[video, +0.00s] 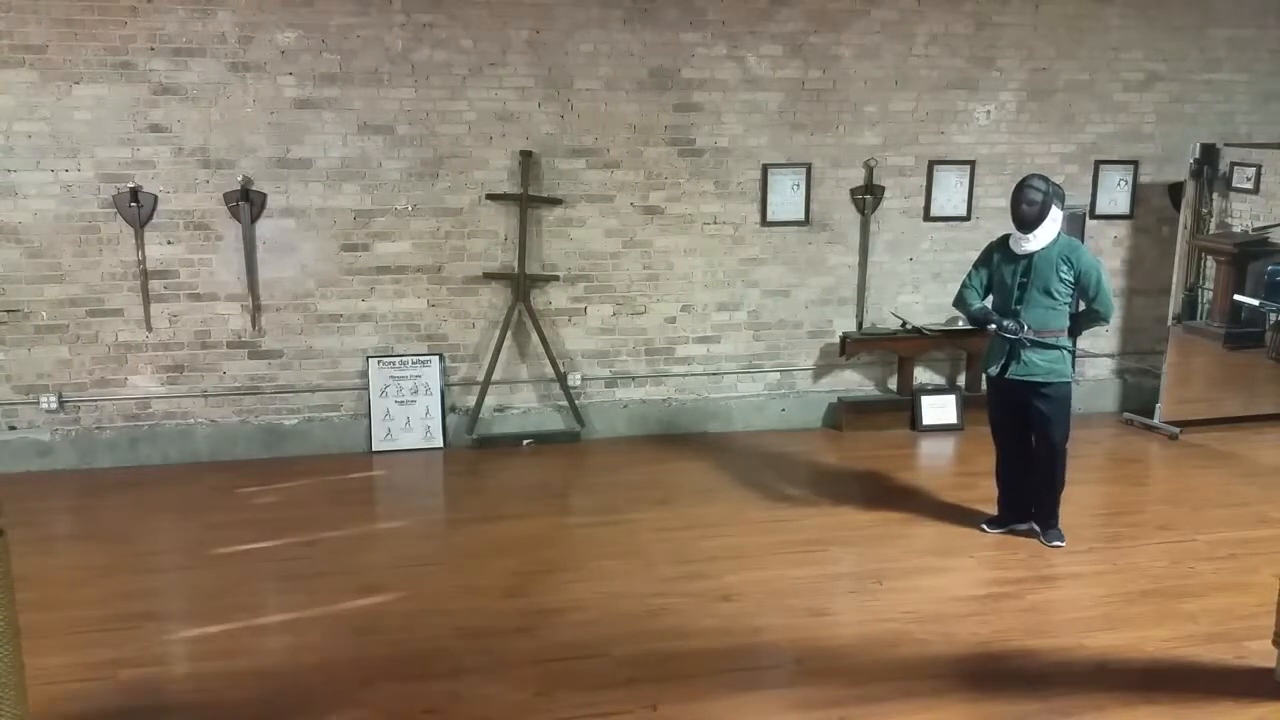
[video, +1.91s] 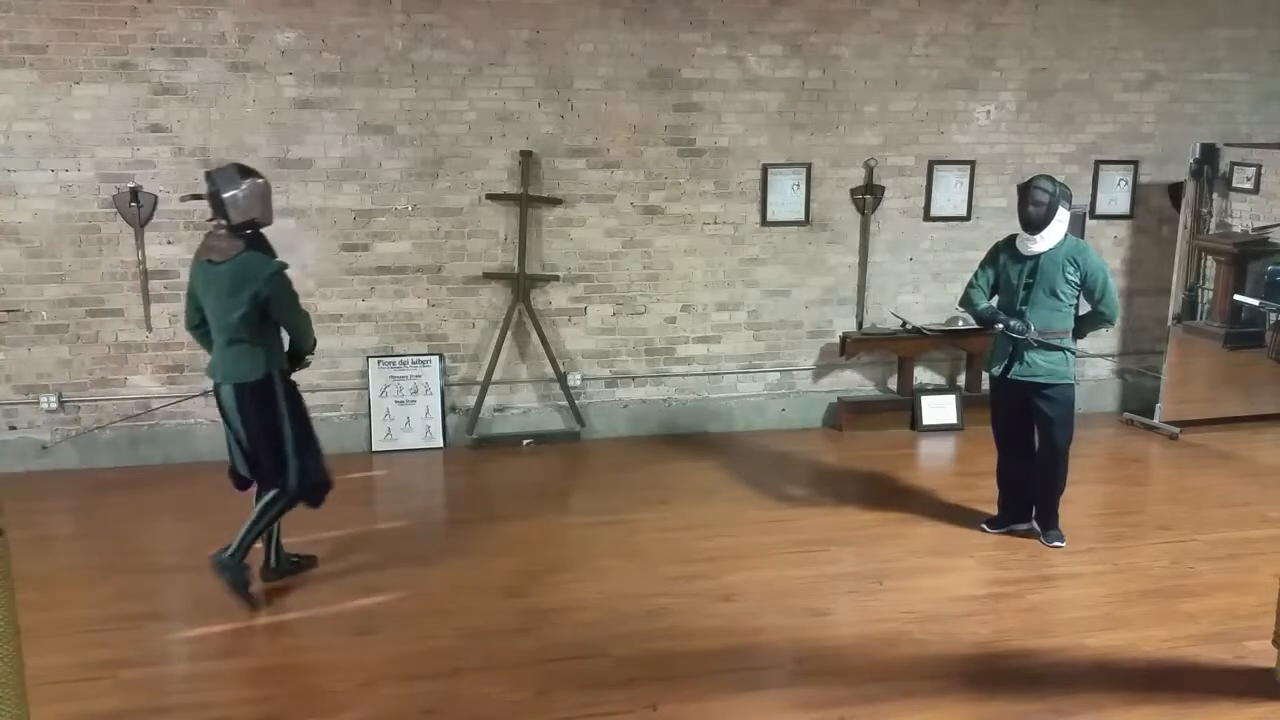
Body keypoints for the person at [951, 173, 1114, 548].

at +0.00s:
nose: (1022, 209)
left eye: (1031, 202)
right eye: (1018, 201)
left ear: (1052, 207)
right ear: (1012, 203)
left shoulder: (1073, 254)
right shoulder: (999, 250)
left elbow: (1102, 310)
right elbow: (966, 296)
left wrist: (1067, 328)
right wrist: (993, 320)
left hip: (1049, 370)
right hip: (1003, 369)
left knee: (1049, 449)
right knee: (1009, 447)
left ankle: (1048, 522)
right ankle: (1013, 514)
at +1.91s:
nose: (1028, 210)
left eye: (1037, 203)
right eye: (1025, 202)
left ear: (1058, 207)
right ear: (1019, 204)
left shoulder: (1079, 254)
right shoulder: (1004, 250)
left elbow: (1107, 312)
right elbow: (972, 296)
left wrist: (1068, 331)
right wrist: (1000, 320)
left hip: (1052, 373)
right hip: (1006, 371)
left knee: (1053, 453)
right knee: (1011, 449)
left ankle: (1048, 522)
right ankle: (1013, 515)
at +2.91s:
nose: (1027, 210)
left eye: (1035, 203)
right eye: (1023, 202)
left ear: (1056, 207)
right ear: (1017, 203)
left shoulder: (1080, 254)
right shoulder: (1005, 249)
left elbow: (1108, 310)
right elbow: (963, 294)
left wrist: (1073, 329)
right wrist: (998, 316)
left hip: (1050, 372)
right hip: (1005, 369)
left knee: (1049, 452)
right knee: (1011, 449)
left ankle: (1049, 523)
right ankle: (1015, 515)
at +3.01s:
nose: (1027, 210)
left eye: (1036, 205)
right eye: (1023, 203)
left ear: (1056, 209)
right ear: (1017, 204)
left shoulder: (1079, 255)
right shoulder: (1007, 249)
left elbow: (1107, 312)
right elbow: (974, 273)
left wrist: (1069, 330)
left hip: (1050, 368)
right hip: (1004, 364)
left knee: (1048, 451)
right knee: (1010, 447)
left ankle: (1047, 521)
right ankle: (1013, 515)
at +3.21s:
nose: (1028, 212)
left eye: (1037, 205)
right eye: (1024, 204)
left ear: (1057, 208)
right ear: (1019, 205)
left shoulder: (1078, 256)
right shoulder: (1005, 248)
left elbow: (1105, 313)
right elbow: (956, 254)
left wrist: (1071, 331)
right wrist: (907, 245)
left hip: (1048, 366)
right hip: (1003, 363)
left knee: (1048, 449)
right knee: (1009, 445)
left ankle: (1047, 521)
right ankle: (1014, 514)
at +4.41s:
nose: (1004, 219)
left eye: (1011, 211)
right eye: (1001, 211)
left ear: (1035, 210)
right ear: (1000, 211)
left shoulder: (1068, 253)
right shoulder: (996, 253)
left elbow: (1102, 308)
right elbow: (959, 288)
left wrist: (1067, 327)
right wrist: (920, 287)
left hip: (1046, 364)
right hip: (1002, 363)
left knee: (1048, 447)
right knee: (1007, 445)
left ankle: (1055, 524)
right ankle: (1012, 515)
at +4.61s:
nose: (1003, 217)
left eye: (1011, 209)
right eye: (1000, 209)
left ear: (1035, 210)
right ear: (999, 209)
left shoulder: (1064, 252)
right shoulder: (1001, 255)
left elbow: (1096, 310)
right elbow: (976, 300)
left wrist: (1067, 328)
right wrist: (937, 328)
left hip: (1043, 366)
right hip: (1004, 365)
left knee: (1052, 447)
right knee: (1009, 447)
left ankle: (1086, 519)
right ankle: (1013, 514)